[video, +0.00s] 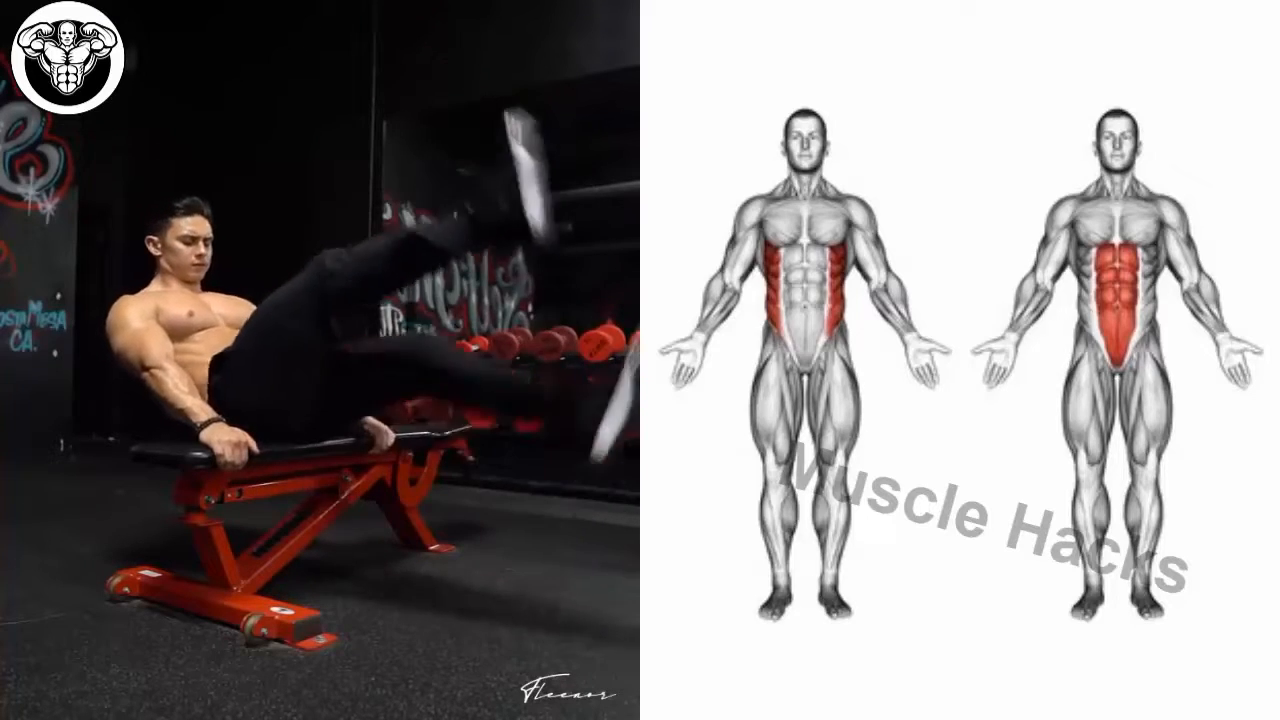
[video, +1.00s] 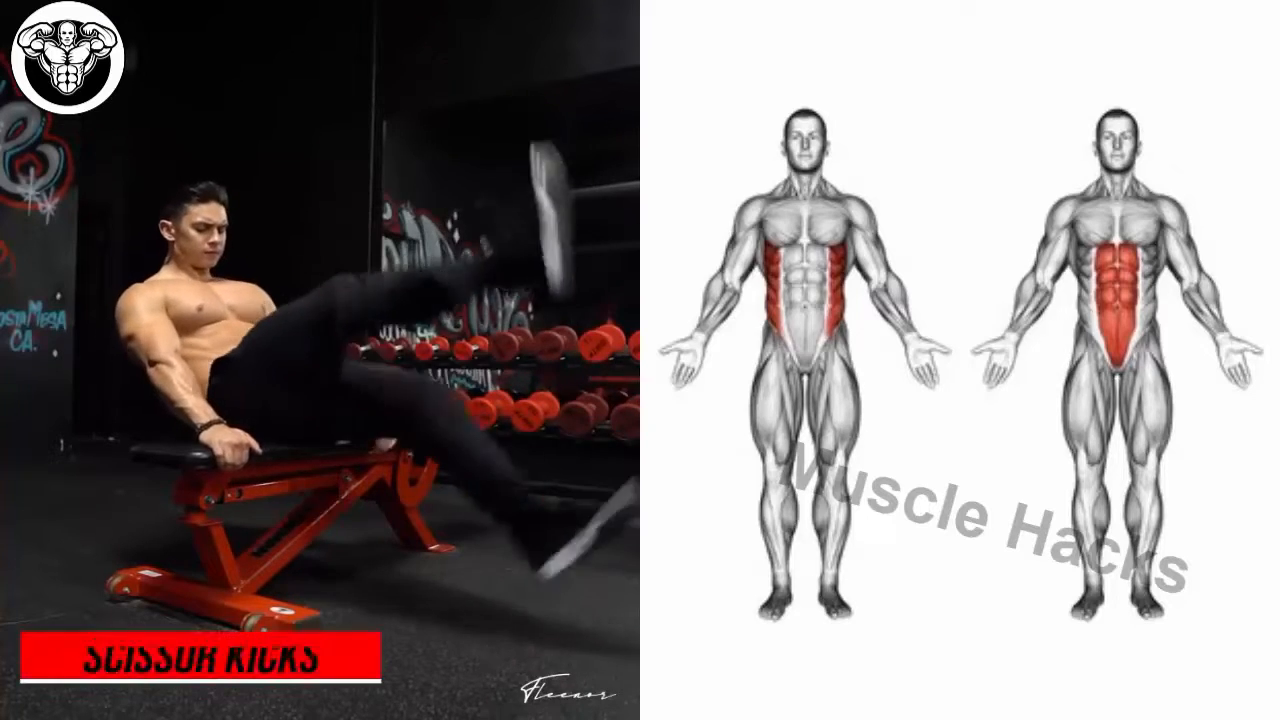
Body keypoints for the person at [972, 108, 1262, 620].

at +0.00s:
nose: (1116, 146)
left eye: (1124, 138)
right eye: (1109, 138)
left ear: (1137, 146)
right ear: (1097, 145)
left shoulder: (1164, 211)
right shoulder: (1070, 211)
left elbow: (1193, 282)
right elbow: (1041, 282)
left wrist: (1222, 336)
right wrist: (1012, 336)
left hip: (1144, 355)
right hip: (1089, 354)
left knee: (1146, 466)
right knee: (1088, 466)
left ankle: (1141, 581)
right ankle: (1092, 583)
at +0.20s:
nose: (1116, 145)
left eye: (1124, 138)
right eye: (1109, 137)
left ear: (1137, 146)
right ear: (1097, 145)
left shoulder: (1164, 211)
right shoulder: (1070, 211)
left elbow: (1193, 282)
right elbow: (1041, 282)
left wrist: (1221, 335)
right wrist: (1012, 336)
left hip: (1144, 355)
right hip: (1089, 354)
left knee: (1145, 467)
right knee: (1088, 466)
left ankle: (1141, 582)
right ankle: (1092, 583)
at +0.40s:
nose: (1116, 145)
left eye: (1124, 138)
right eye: (1109, 137)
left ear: (1137, 146)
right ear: (1097, 145)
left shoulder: (1164, 211)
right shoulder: (1070, 211)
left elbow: (1193, 282)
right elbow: (1041, 281)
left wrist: (1221, 335)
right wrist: (1012, 336)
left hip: (1144, 355)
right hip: (1089, 354)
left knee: (1145, 467)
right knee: (1088, 466)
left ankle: (1141, 583)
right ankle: (1092, 583)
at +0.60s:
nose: (1116, 145)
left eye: (1124, 138)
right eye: (1109, 137)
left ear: (1137, 146)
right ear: (1097, 145)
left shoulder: (1164, 211)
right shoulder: (1070, 211)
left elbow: (1193, 282)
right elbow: (1041, 282)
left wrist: (1221, 335)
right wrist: (1012, 336)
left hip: (1144, 355)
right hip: (1089, 354)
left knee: (1145, 467)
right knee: (1088, 466)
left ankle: (1141, 582)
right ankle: (1092, 583)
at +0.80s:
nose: (1116, 145)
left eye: (1124, 138)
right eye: (1109, 137)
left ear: (1137, 146)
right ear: (1097, 145)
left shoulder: (1164, 211)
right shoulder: (1070, 211)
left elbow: (1193, 282)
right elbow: (1041, 282)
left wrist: (1221, 335)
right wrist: (1012, 336)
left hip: (1144, 355)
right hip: (1089, 354)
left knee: (1145, 467)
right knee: (1088, 466)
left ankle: (1141, 582)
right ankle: (1092, 583)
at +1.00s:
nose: (1116, 145)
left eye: (1124, 138)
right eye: (1109, 137)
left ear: (1137, 146)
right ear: (1097, 145)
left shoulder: (1164, 211)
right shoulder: (1070, 211)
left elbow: (1193, 282)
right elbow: (1041, 282)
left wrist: (1221, 335)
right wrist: (1012, 336)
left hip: (1144, 355)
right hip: (1089, 354)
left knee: (1145, 467)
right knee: (1088, 466)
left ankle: (1141, 582)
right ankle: (1092, 583)